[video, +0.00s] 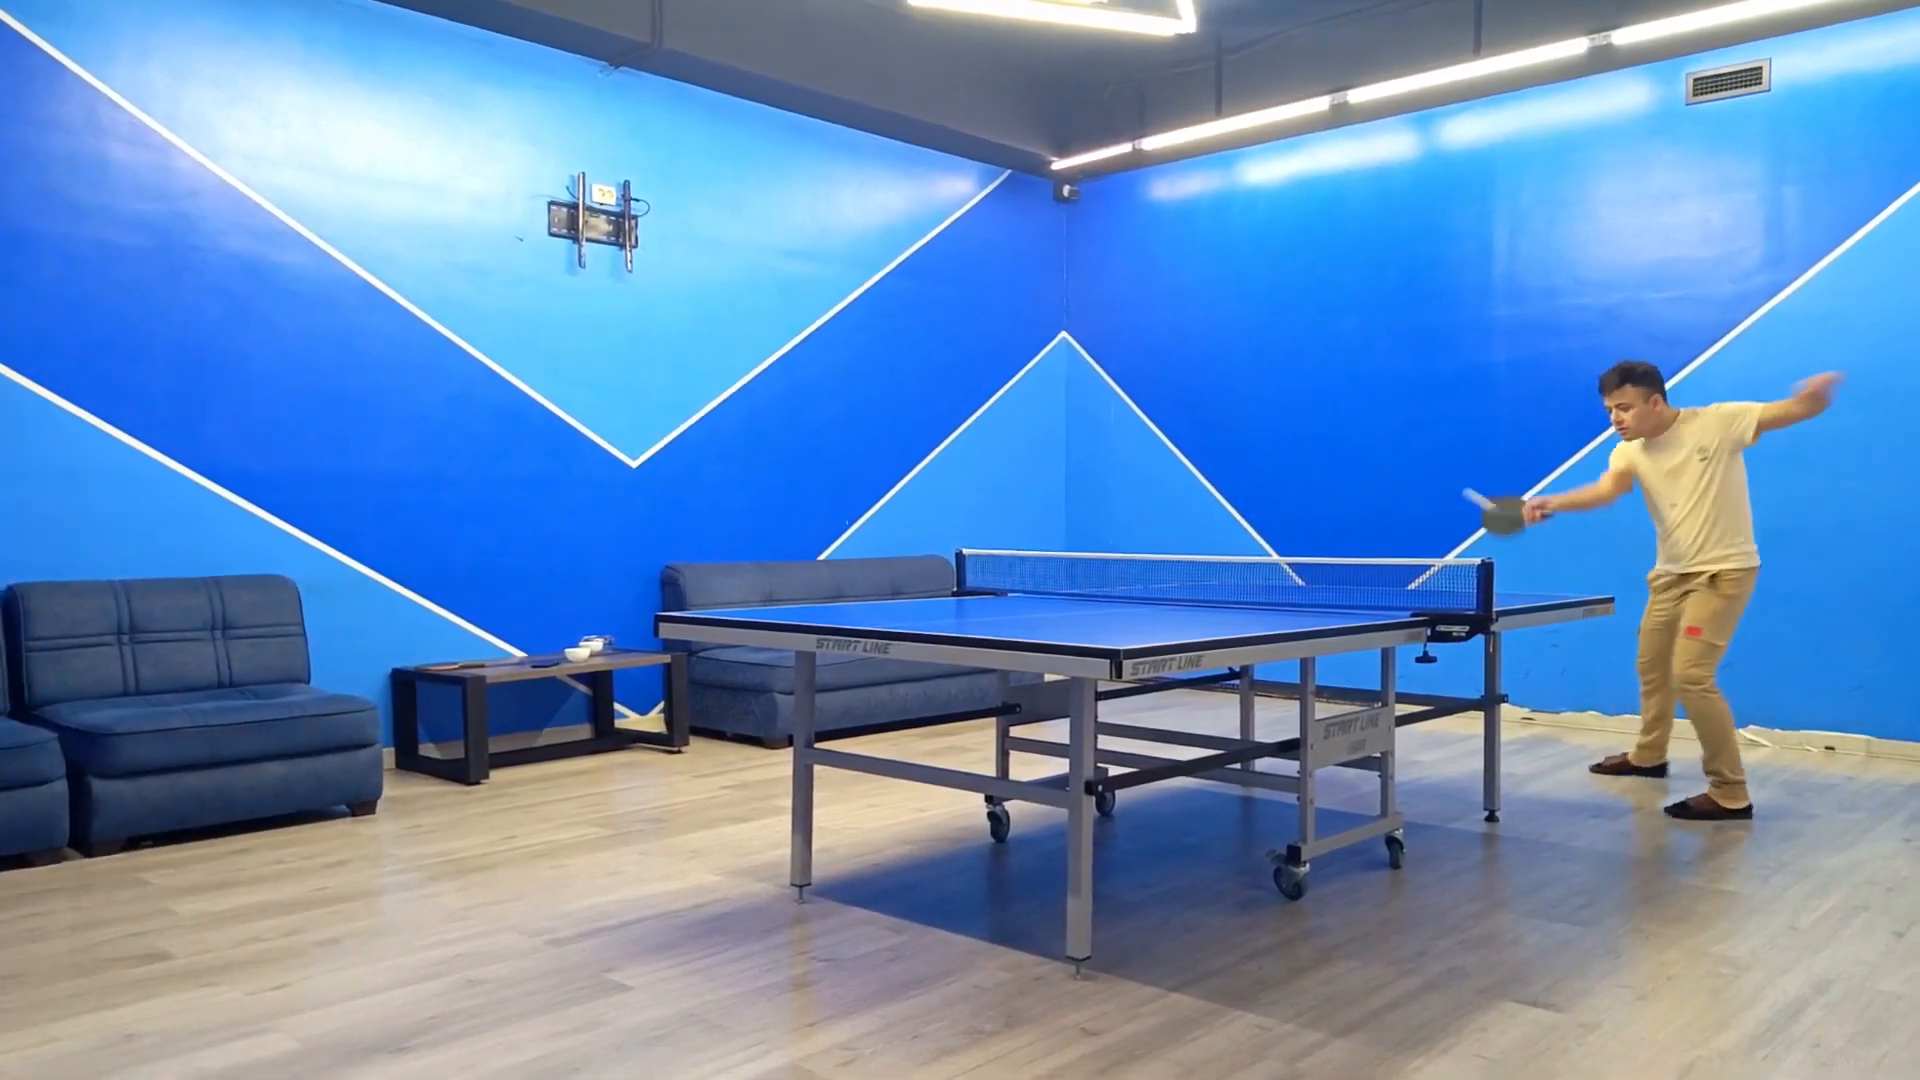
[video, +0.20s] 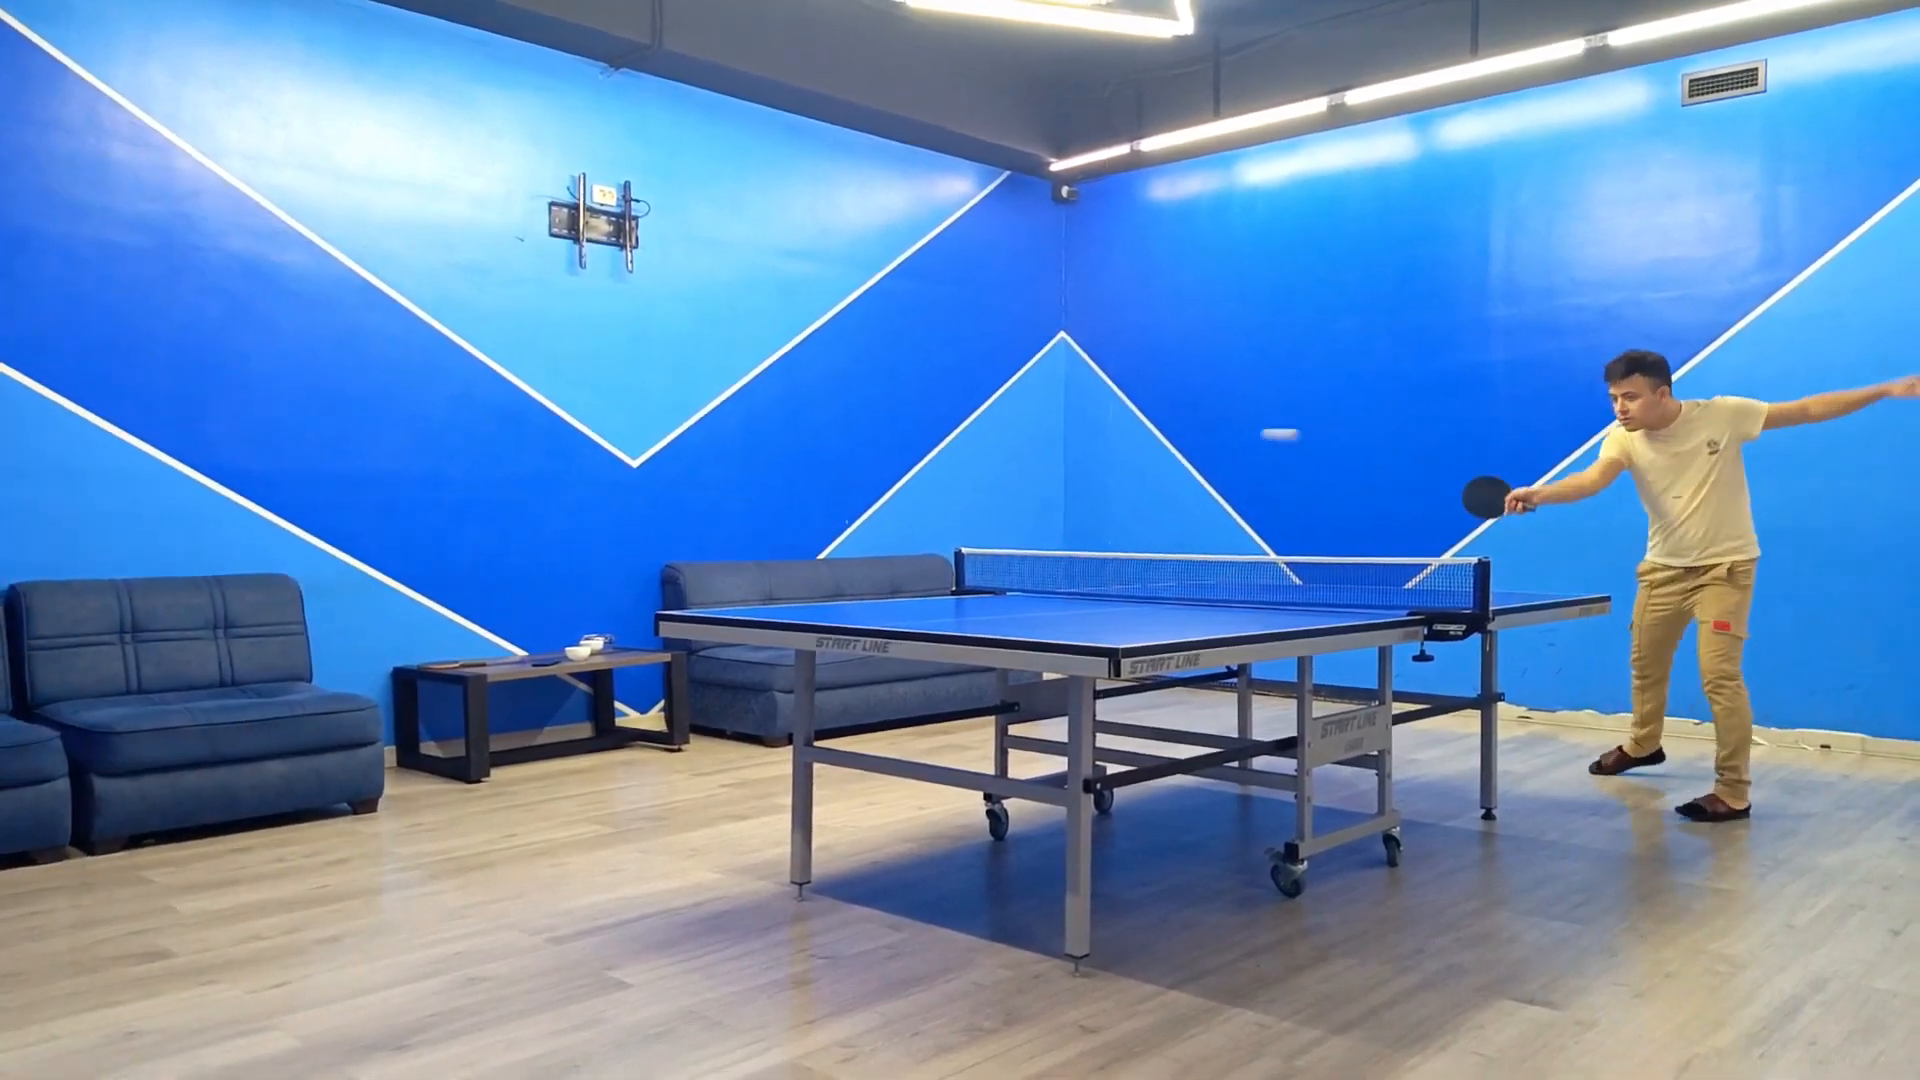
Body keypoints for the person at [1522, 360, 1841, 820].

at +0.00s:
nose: (1616, 419)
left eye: (1624, 409)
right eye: (1611, 411)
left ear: (1656, 402)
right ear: (1611, 411)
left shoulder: (1714, 422)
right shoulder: (1629, 451)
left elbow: (1787, 411)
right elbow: (1605, 490)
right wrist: (1551, 503)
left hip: (1725, 569)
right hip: (1672, 574)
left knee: (1692, 675)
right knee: (1653, 666)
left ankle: (1730, 794)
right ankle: (1649, 757)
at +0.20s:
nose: (1620, 409)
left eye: (1629, 398)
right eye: (1615, 400)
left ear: (1664, 392)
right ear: (1618, 401)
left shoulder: (1721, 415)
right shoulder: (1622, 439)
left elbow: (1807, 410)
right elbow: (1590, 481)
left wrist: (1886, 389)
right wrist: (1536, 494)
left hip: (1724, 565)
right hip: (1663, 568)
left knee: (1719, 675)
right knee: (1646, 661)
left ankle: (1732, 793)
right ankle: (1644, 745)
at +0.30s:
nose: (1618, 415)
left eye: (1626, 404)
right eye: (1612, 406)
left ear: (1661, 399)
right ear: (1615, 407)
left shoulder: (1717, 425)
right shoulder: (1620, 447)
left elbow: (1796, 435)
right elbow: (1593, 498)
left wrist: (1881, 436)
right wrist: (1545, 514)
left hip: (1716, 570)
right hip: (1656, 570)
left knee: (1705, 674)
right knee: (1628, 656)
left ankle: (1727, 793)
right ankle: (1636, 742)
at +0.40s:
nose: (1607, 424)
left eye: (1616, 413)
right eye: (1604, 414)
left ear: (1651, 411)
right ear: (1605, 415)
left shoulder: (1708, 440)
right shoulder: (1614, 457)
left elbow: (1788, 474)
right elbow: (1588, 519)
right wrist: (1553, 530)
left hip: (1705, 579)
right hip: (1647, 580)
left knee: (1686, 671)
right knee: (1607, 662)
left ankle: (1723, 792)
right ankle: (1617, 747)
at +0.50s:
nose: (1600, 432)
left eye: (1610, 422)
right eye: (1595, 424)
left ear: (1643, 421)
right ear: (1594, 426)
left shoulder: (1694, 459)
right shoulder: (1605, 470)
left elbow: (1766, 505)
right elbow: (1576, 530)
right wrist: (1542, 538)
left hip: (1692, 590)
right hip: (1637, 592)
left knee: (1668, 676)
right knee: (1587, 671)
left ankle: (1721, 792)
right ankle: (1616, 754)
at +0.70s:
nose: (1580, 401)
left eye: (1590, 391)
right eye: (1574, 393)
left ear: (1621, 393)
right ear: (1572, 398)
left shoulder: (1661, 433)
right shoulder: (1583, 442)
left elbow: (1728, 471)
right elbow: (1559, 499)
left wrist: (1745, 537)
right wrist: (1527, 520)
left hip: (1670, 569)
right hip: (1619, 571)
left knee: (1679, 670)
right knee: (1585, 650)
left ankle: (1709, 783)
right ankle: (1609, 747)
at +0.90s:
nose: (1552, 418)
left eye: (1562, 407)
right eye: (1547, 411)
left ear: (1591, 409)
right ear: (1546, 419)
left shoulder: (1630, 446)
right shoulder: (1569, 465)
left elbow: (1700, 480)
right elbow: (1578, 527)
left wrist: (1711, 548)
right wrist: (1532, 553)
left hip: (1659, 575)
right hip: (1614, 580)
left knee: (1666, 667)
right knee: (1576, 648)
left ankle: (1736, 772)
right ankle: (1585, 740)